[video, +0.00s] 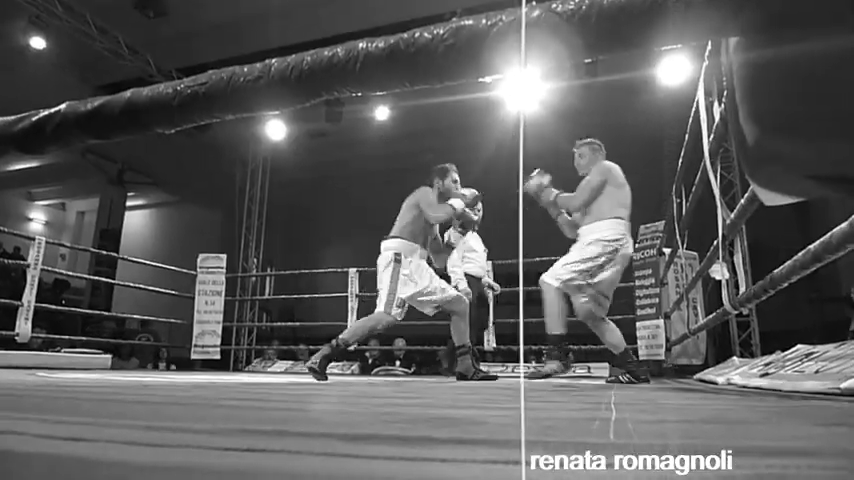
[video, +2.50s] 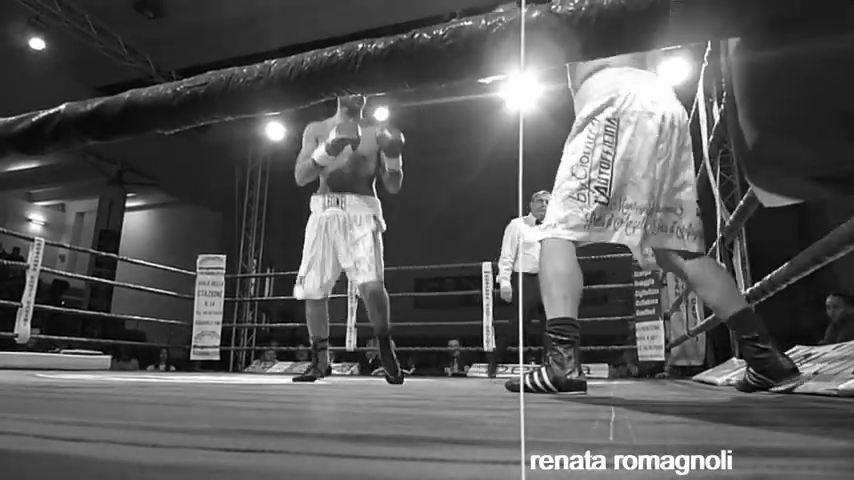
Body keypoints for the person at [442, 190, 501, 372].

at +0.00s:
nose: (477, 214)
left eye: (479, 210)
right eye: (474, 210)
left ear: (481, 214)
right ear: (465, 213)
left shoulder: (476, 237)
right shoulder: (459, 235)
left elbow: (479, 264)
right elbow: (453, 262)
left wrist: (487, 280)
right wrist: (461, 284)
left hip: (479, 280)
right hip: (466, 279)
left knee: (480, 320)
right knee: (467, 320)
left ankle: (473, 358)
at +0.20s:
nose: (486, 211)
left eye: (489, 209)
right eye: (483, 208)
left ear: (492, 213)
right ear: (474, 210)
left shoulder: (488, 237)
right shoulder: (464, 230)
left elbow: (490, 266)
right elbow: (460, 258)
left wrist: (501, 279)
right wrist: (469, 280)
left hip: (490, 279)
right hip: (473, 278)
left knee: (500, 320)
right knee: (473, 323)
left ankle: (486, 361)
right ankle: (473, 363)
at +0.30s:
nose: (490, 211)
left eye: (493, 209)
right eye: (486, 208)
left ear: (496, 213)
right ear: (478, 211)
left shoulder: (494, 237)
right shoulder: (467, 230)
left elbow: (495, 267)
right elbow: (462, 258)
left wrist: (506, 279)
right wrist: (470, 280)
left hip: (494, 279)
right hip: (476, 278)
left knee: (504, 320)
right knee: (474, 323)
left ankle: (502, 362)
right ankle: (470, 363)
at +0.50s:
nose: (502, 212)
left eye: (505, 210)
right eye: (499, 209)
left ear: (509, 214)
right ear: (490, 212)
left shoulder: (511, 238)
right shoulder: (480, 231)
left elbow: (513, 265)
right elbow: (471, 258)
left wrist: (521, 278)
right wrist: (468, 282)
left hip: (510, 281)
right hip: (489, 279)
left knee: (515, 325)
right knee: (482, 323)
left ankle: (519, 364)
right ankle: (474, 365)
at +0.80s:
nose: (515, 208)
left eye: (518, 205)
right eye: (511, 206)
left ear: (522, 209)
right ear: (504, 209)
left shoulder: (527, 234)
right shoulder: (492, 228)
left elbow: (535, 259)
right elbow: (482, 258)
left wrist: (540, 271)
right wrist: (480, 282)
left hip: (523, 276)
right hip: (500, 275)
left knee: (523, 319)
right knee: (500, 317)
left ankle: (521, 362)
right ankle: (497, 360)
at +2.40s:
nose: (537, 209)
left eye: (541, 206)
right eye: (533, 205)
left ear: (544, 210)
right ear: (525, 208)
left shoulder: (544, 232)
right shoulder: (510, 228)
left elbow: (548, 261)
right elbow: (498, 258)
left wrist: (548, 286)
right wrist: (496, 284)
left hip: (535, 280)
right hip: (512, 279)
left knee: (545, 320)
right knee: (507, 323)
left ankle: (548, 364)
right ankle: (482, 365)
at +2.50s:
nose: (544, 206)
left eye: (547, 202)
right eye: (540, 202)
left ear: (551, 206)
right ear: (530, 205)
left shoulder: (551, 227)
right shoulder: (517, 225)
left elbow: (556, 256)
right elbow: (506, 255)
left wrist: (555, 280)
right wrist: (504, 281)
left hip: (544, 276)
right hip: (523, 275)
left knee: (549, 318)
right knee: (519, 320)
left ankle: (549, 360)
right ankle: (496, 358)